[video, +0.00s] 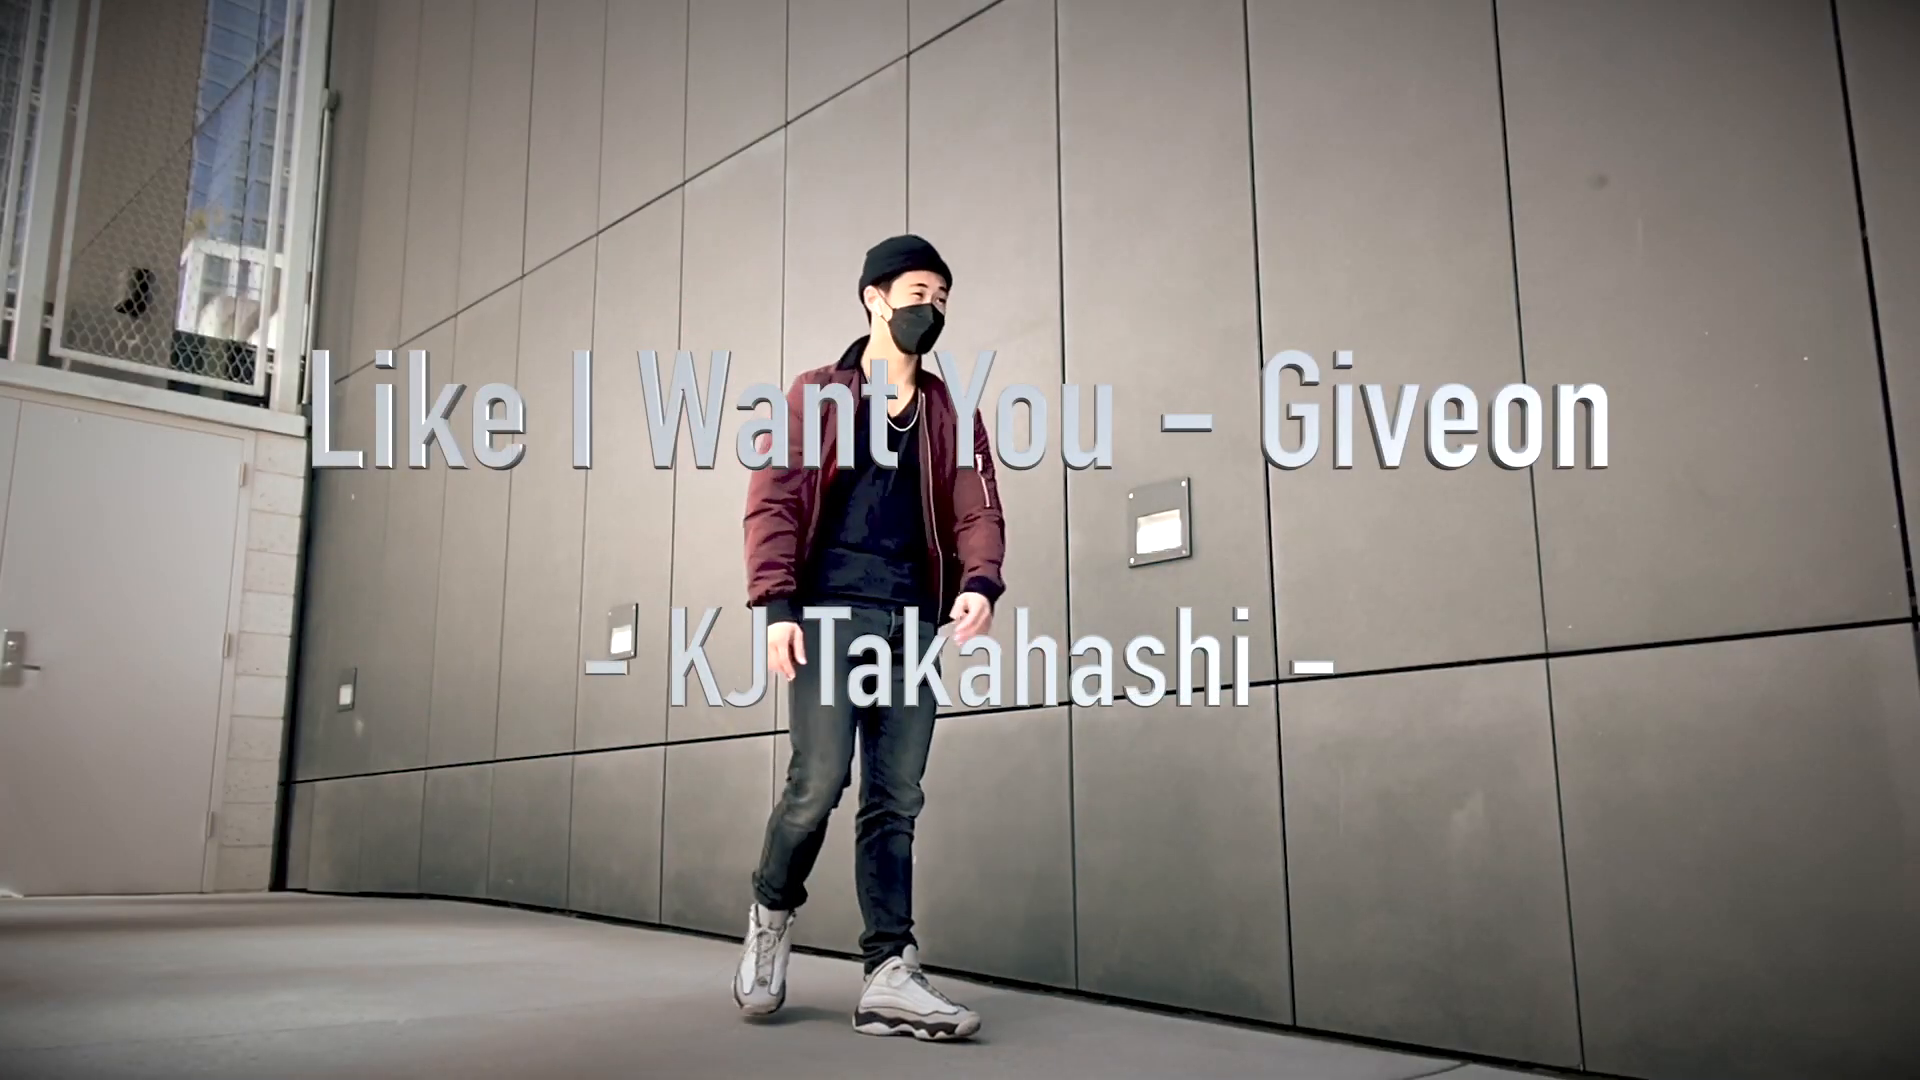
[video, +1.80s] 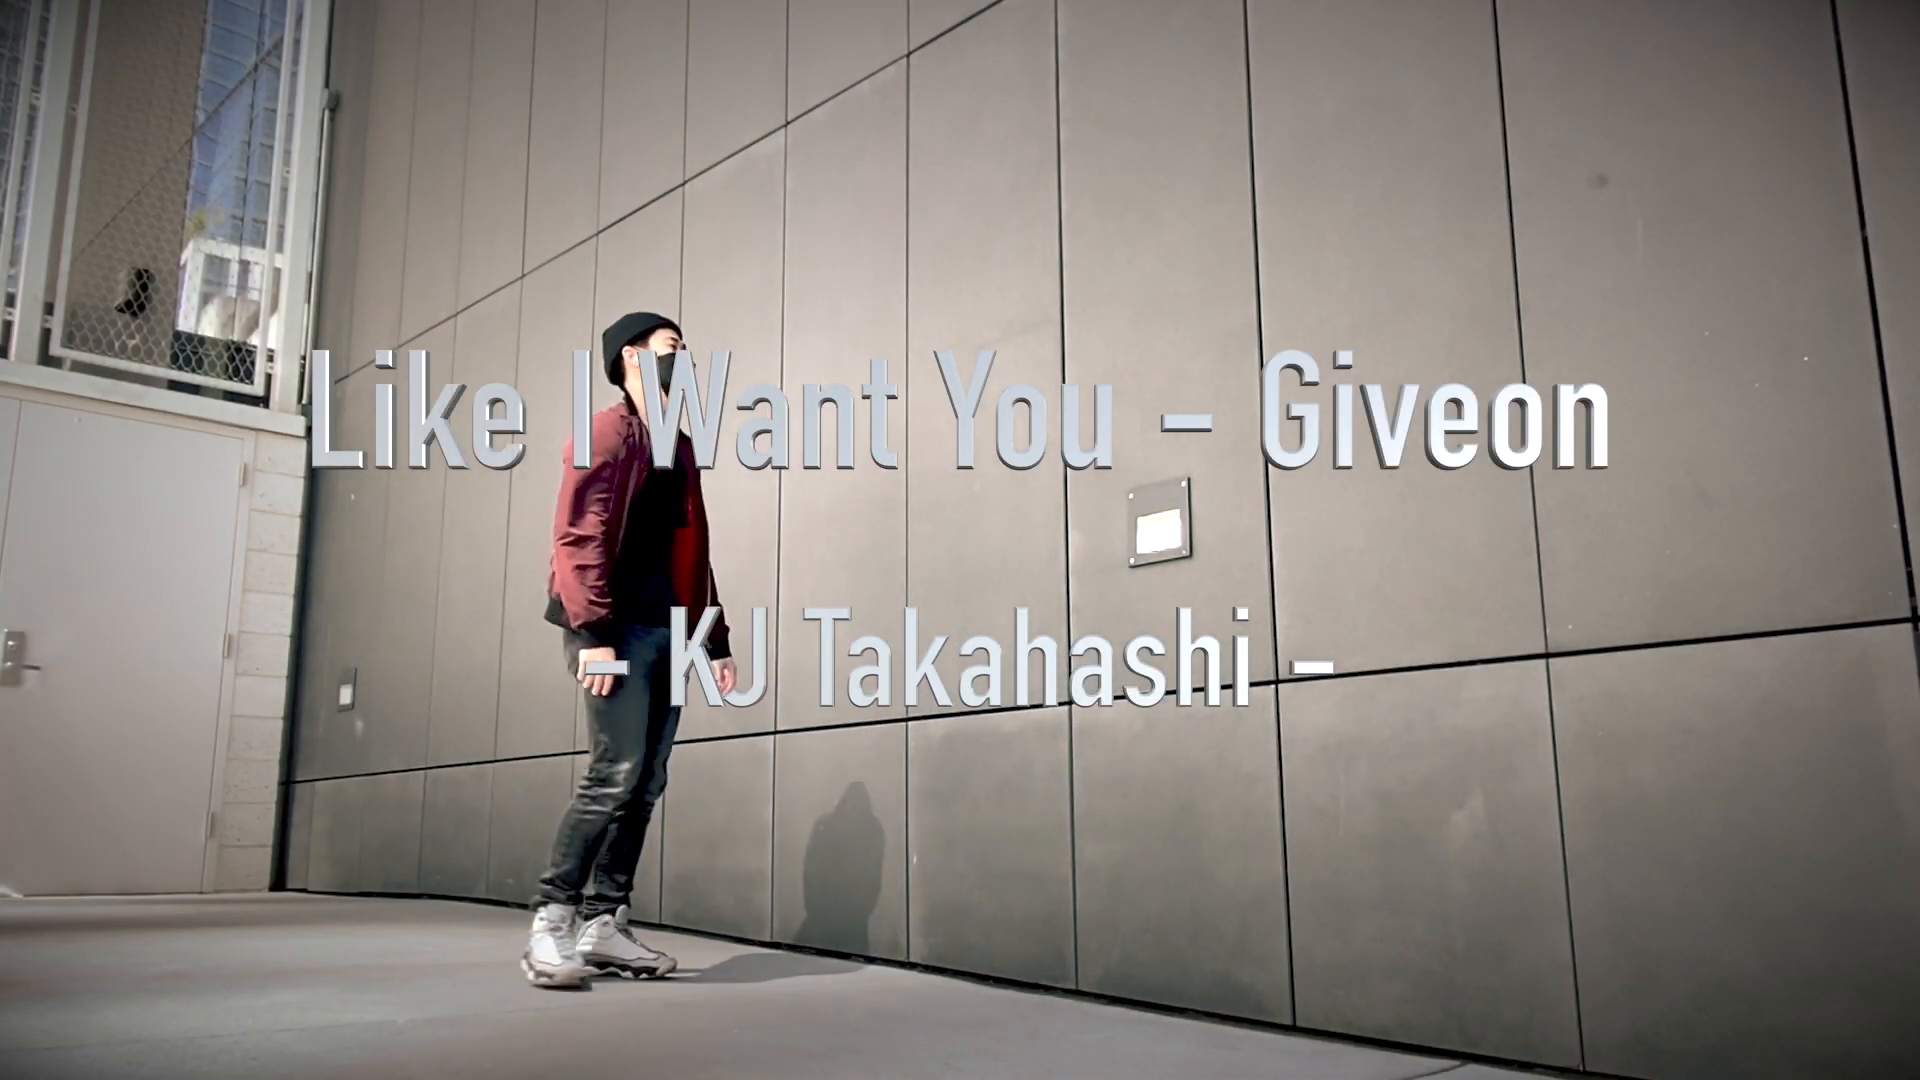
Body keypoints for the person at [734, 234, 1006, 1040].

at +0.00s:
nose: (932, 300)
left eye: (940, 292)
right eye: (916, 287)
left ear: (943, 310)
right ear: (873, 299)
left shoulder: (949, 411)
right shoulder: (813, 395)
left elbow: (978, 509)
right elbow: (774, 503)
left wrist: (979, 583)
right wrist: (779, 607)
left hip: (915, 618)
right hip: (827, 612)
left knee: (896, 797)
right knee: (819, 783)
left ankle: (888, 973)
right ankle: (772, 922)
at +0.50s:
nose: (812, 309)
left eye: (819, 301)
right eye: (795, 300)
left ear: (826, 323)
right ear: (756, 322)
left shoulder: (858, 415)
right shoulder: (722, 416)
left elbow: (885, 527)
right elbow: (691, 526)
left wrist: (902, 631)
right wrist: (707, 632)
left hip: (851, 621)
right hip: (762, 623)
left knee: (882, 789)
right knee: (775, 795)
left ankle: (909, 954)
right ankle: (771, 951)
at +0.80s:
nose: (770, 308)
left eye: (776, 300)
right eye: (751, 301)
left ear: (790, 327)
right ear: (720, 330)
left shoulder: (822, 414)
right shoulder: (691, 417)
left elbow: (852, 521)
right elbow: (652, 531)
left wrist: (868, 616)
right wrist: (633, 638)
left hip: (816, 620)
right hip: (731, 621)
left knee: (838, 785)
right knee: (750, 787)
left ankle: (800, 909)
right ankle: (763, 946)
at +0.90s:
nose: (763, 312)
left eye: (769, 304)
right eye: (745, 305)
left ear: (782, 329)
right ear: (712, 332)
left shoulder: (812, 415)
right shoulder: (684, 415)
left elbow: (841, 519)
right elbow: (645, 530)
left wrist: (854, 614)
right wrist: (630, 637)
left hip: (804, 618)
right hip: (725, 617)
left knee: (814, 780)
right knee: (744, 785)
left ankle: (726, 889)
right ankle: (761, 943)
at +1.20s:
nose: (736, 352)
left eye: (741, 343)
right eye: (721, 343)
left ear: (745, 358)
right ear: (680, 355)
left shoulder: (759, 438)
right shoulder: (652, 438)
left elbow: (787, 536)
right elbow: (624, 544)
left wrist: (790, 618)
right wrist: (640, 638)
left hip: (755, 630)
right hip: (688, 629)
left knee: (717, 789)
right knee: (721, 783)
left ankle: (622, 911)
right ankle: (750, 941)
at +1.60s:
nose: (694, 361)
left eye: (696, 352)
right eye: (680, 351)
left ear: (694, 366)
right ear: (644, 363)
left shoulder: (693, 442)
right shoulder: (621, 432)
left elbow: (707, 549)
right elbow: (590, 536)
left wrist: (724, 639)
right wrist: (612, 635)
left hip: (679, 621)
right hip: (642, 620)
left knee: (645, 778)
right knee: (674, 768)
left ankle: (603, 927)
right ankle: (655, 929)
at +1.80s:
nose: (679, 365)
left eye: (680, 355)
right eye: (666, 354)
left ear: (675, 365)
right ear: (628, 364)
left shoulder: (679, 441)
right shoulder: (606, 433)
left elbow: (692, 550)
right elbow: (577, 539)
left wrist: (715, 643)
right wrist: (592, 638)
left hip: (663, 628)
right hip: (612, 627)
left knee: (644, 782)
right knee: (614, 775)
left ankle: (602, 926)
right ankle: (552, 926)